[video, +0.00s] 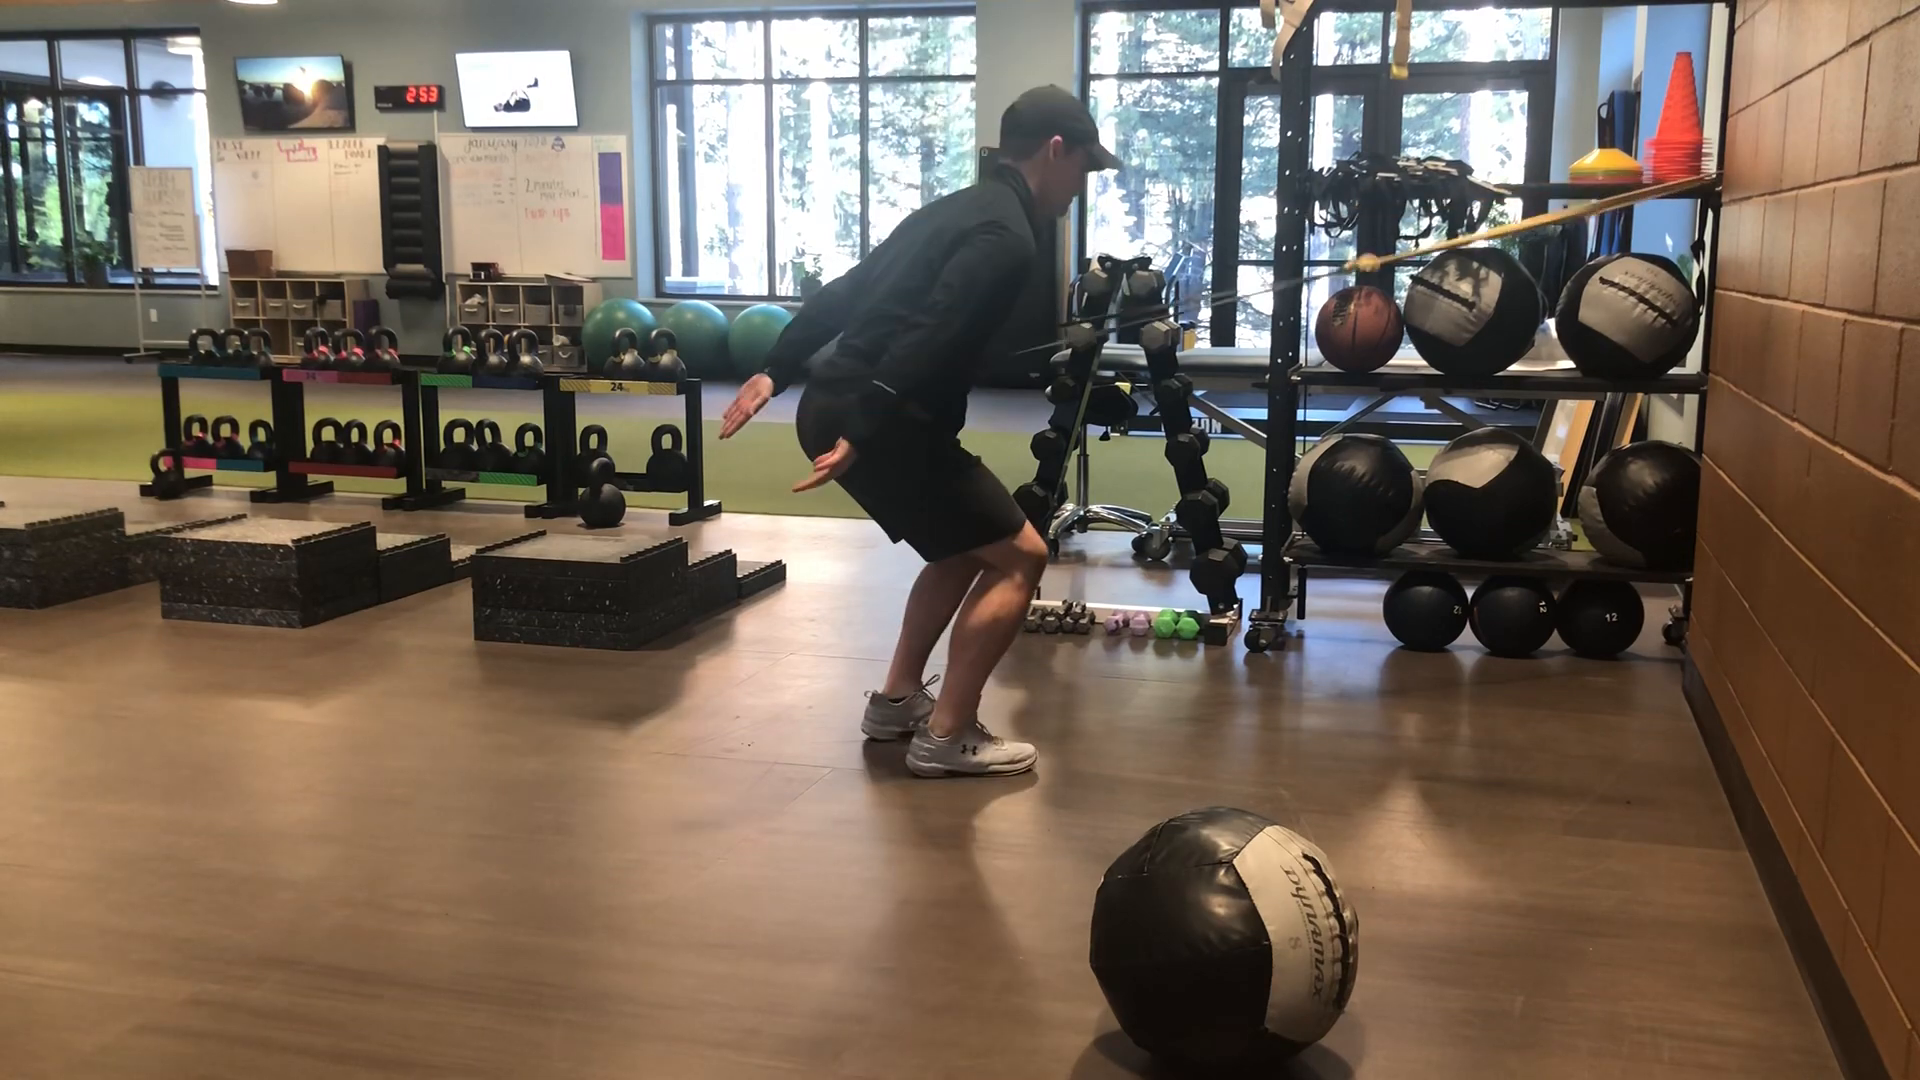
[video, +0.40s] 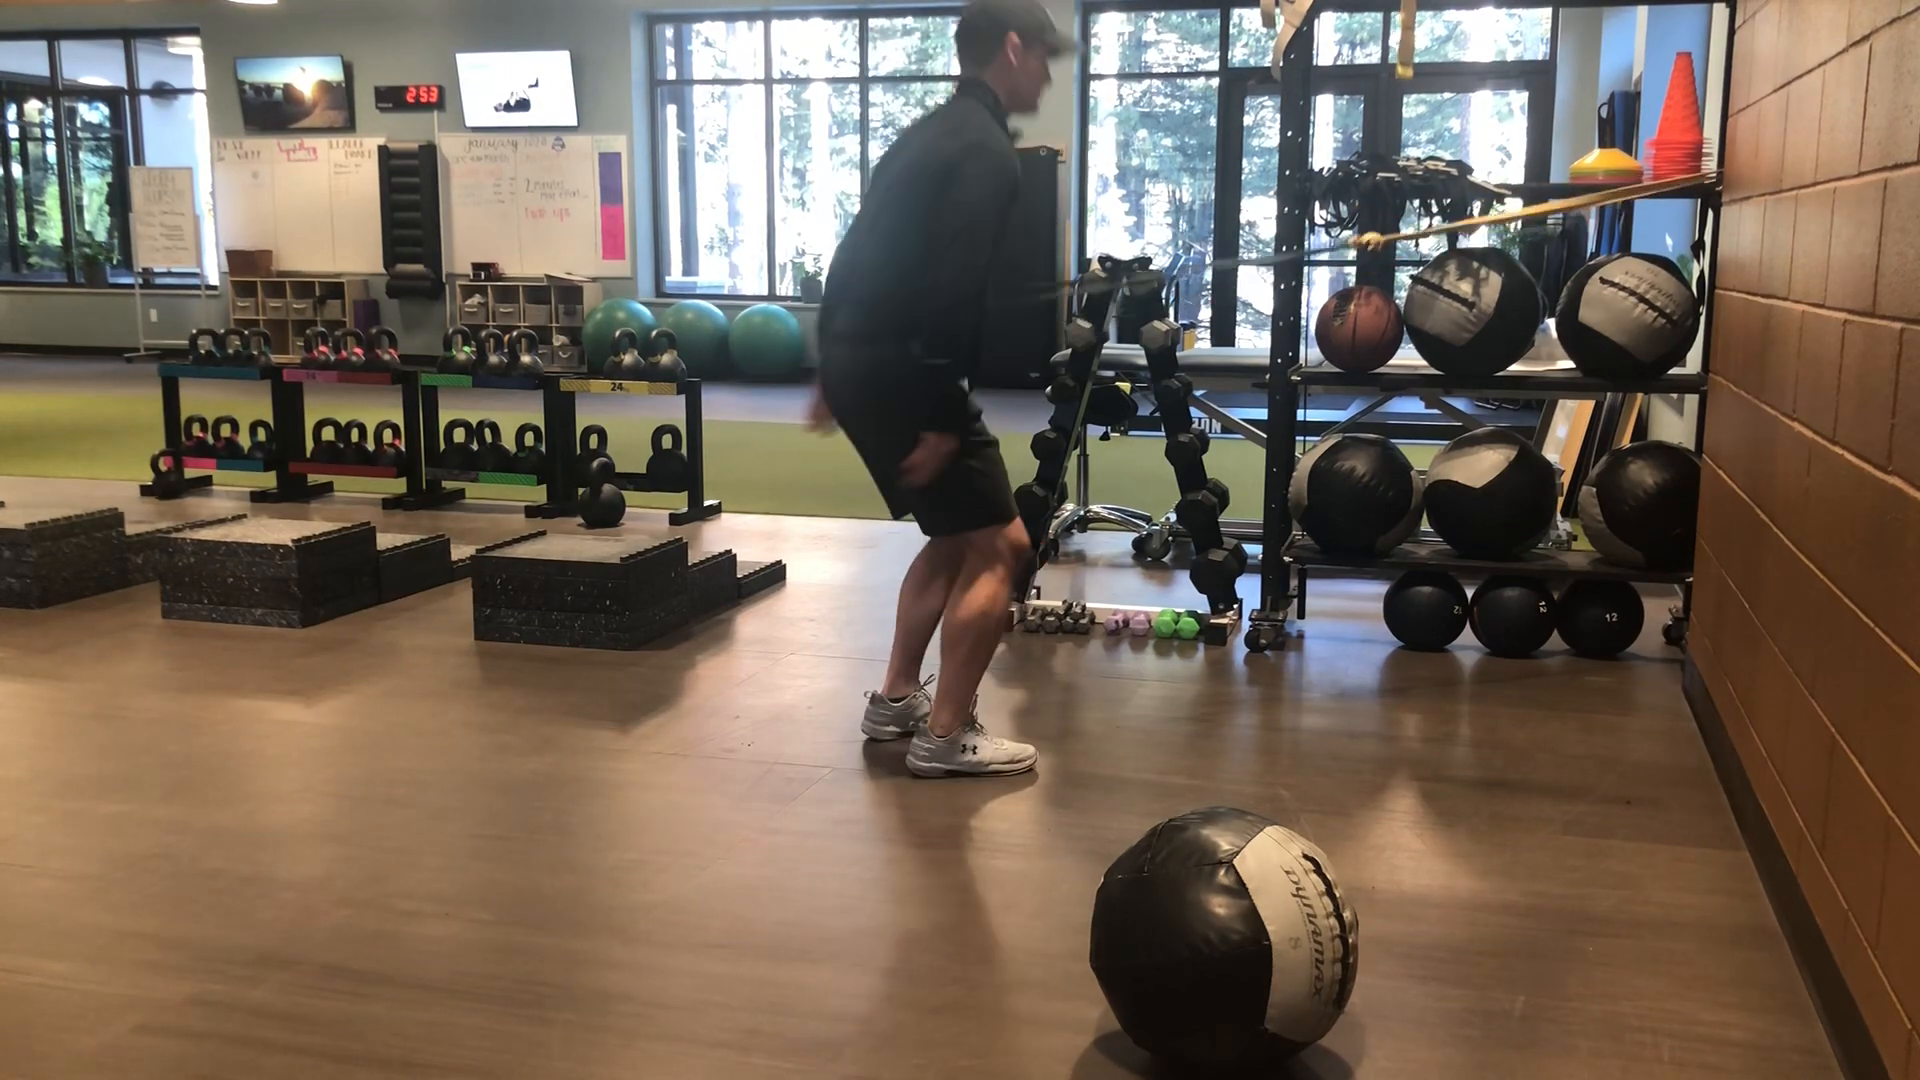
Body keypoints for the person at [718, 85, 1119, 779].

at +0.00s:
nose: (1083, 182)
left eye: (1087, 168)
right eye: (1083, 165)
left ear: (1026, 152)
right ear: (1052, 152)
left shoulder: (952, 210)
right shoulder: (1006, 235)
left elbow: (852, 289)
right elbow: (937, 332)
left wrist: (775, 369)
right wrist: (864, 424)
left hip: (837, 404)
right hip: (883, 418)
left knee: (962, 545)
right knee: (1021, 554)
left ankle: (898, 698)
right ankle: (949, 732)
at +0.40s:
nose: (1049, 77)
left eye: (1050, 62)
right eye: (1046, 59)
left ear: (989, 53)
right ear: (1010, 52)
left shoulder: (927, 135)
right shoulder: (983, 149)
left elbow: (856, 258)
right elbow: (951, 288)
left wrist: (830, 370)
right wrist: (943, 416)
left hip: (858, 364)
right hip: (908, 374)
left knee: (951, 542)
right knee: (1002, 549)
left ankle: (896, 699)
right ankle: (948, 733)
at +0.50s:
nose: (1028, 36)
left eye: (1028, 22)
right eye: (1022, 20)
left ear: (968, 21)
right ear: (989, 16)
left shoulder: (906, 106)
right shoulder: (970, 118)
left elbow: (864, 244)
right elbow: (983, 261)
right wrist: (1008, 380)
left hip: (867, 345)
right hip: (917, 351)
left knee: (943, 528)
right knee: (981, 541)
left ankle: (894, 697)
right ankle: (946, 734)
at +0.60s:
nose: (1004, 16)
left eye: (1001, 6)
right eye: (998, 4)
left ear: (939, 13)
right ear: (966, 7)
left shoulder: (888, 96)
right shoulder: (960, 104)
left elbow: (881, 235)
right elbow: (977, 246)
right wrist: (1051, 343)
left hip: (873, 336)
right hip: (932, 343)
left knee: (921, 529)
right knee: (962, 541)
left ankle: (892, 700)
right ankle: (947, 731)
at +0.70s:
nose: (999, 13)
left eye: (995, 4)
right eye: (992, 3)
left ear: (934, 12)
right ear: (962, 7)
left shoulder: (883, 95)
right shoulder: (957, 103)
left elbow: (905, 233)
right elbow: (980, 240)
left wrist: (973, 313)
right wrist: (1062, 322)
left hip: (874, 334)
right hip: (932, 340)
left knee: (915, 527)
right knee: (955, 538)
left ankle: (892, 700)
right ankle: (945, 729)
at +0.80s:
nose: (990, 13)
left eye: (987, 3)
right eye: (985, 3)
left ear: (920, 11)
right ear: (959, 6)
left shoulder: (877, 98)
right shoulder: (955, 103)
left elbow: (908, 237)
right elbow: (983, 240)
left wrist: (991, 292)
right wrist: (1084, 289)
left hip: (879, 335)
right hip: (940, 345)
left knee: (905, 528)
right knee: (948, 546)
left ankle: (891, 699)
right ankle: (944, 732)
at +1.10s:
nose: (975, 10)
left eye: (970, 1)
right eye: (968, 1)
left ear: (902, 13)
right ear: (942, 6)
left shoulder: (872, 97)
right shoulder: (951, 97)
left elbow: (979, 165)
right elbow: (1070, 174)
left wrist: (1055, 120)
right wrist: (1112, 120)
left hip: (883, 341)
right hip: (942, 347)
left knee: (903, 531)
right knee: (944, 548)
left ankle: (890, 701)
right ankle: (943, 732)